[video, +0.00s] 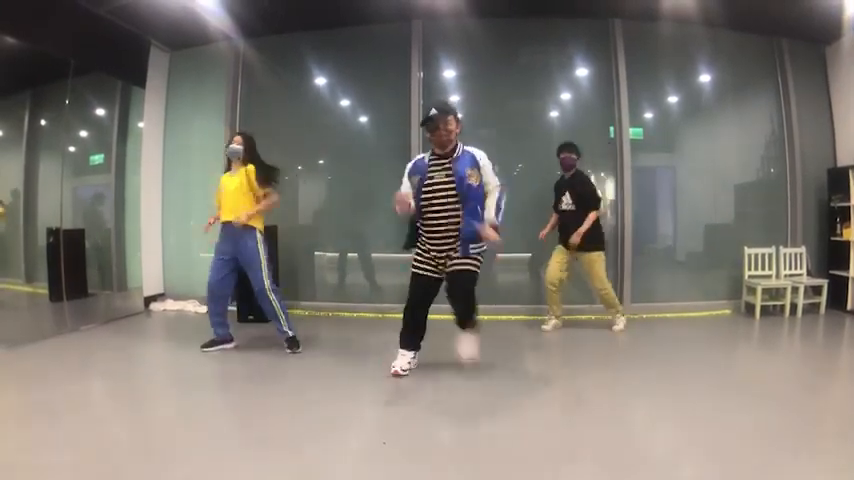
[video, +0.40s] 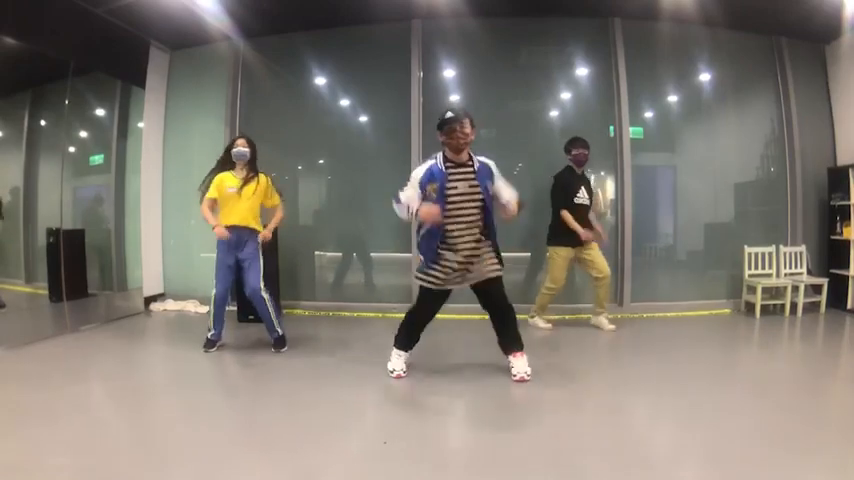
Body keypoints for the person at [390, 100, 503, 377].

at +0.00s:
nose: (443, 134)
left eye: (448, 127)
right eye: (436, 129)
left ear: (458, 127)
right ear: (428, 133)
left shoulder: (475, 159)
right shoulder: (417, 165)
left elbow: (493, 190)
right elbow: (407, 201)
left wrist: (491, 222)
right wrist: (404, 204)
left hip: (464, 245)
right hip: (428, 246)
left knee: (460, 292)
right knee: (416, 300)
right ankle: (407, 351)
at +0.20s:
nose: (446, 125)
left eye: (450, 120)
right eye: (439, 122)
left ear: (460, 123)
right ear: (431, 127)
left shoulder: (476, 159)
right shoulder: (418, 164)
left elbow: (486, 200)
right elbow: (415, 205)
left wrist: (495, 235)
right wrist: (419, 240)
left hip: (469, 239)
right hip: (433, 243)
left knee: (483, 279)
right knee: (417, 299)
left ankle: (476, 310)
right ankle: (403, 350)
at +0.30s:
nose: (454, 129)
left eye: (458, 123)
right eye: (447, 125)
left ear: (467, 125)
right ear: (437, 129)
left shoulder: (479, 161)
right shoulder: (424, 164)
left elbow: (489, 198)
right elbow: (413, 201)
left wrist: (502, 223)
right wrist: (418, 229)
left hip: (474, 243)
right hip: (438, 246)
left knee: (494, 294)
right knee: (421, 302)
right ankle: (400, 352)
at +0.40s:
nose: (460, 137)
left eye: (464, 131)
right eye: (452, 133)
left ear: (472, 133)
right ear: (442, 137)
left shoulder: (486, 167)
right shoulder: (428, 170)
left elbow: (507, 197)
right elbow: (402, 203)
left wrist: (509, 205)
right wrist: (420, 209)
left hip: (480, 253)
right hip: (443, 255)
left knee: (499, 304)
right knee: (425, 309)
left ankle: (516, 355)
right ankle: (400, 352)